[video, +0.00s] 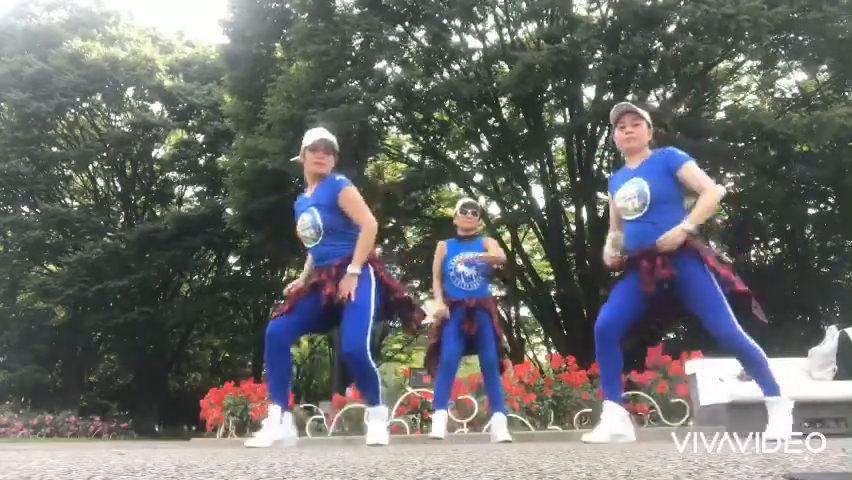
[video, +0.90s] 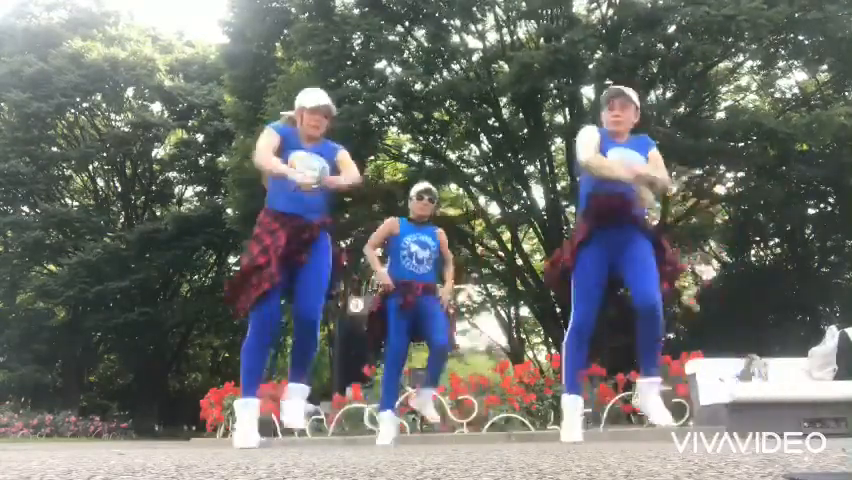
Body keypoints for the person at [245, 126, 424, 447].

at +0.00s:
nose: (321, 156)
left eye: (328, 152)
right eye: (315, 150)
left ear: (334, 159)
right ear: (302, 156)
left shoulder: (337, 186)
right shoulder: (302, 201)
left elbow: (369, 224)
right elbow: (315, 249)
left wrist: (354, 271)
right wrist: (303, 280)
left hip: (357, 276)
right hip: (323, 283)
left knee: (354, 348)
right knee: (277, 332)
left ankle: (377, 414)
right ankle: (280, 418)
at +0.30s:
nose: (324, 125)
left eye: (330, 119)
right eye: (317, 120)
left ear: (338, 122)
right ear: (306, 124)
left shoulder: (349, 144)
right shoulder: (301, 161)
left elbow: (375, 179)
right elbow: (304, 209)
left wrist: (366, 225)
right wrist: (309, 242)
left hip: (360, 236)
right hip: (324, 242)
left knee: (365, 318)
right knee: (318, 317)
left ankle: (376, 404)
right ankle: (325, 406)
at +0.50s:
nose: (316, 151)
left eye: (323, 146)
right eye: (310, 144)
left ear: (330, 153)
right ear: (297, 150)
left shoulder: (336, 176)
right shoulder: (298, 196)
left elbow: (378, 197)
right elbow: (306, 238)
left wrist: (356, 237)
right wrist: (305, 254)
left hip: (367, 261)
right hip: (335, 271)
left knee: (367, 336)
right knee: (306, 317)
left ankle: (387, 418)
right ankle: (320, 407)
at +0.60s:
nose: (310, 153)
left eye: (317, 148)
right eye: (304, 147)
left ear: (324, 154)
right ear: (292, 153)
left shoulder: (332, 179)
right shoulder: (293, 197)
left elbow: (378, 198)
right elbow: (309, 243)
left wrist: (364, 229)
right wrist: (289, 257)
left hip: (355, 266)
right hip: (321, 274)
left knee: (355, 345)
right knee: (288, 329)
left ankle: (387, 417)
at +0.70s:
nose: (310, 147)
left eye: (317, 144)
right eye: (305, 140)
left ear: (322, 151)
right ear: (290, 146)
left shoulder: (329, 179)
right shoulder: (285, 193)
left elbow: (365, 215)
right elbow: (299, 246)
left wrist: (365, 242)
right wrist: (276, 266)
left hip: (338, 267)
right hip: (304, 276)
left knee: (343, 346)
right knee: (268, 329)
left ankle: (388, 417)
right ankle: (260, 417)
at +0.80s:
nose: (316, 125)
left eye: (322, 121)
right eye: (310, 118)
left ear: (328, 127)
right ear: (296, 121)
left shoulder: (336, 159)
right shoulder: (274, 157)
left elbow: (359, 201)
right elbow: (259, 201)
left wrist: (339, 197)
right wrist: (251, 205)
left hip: (322, 244)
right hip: (282, 245)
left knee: (332, 327)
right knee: (266, 327)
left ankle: (354, 403)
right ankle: (259, 415)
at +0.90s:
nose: (319, 121)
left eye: (325, 115)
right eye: (313, 113)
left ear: (330, 119)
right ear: (298, 114)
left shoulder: (335, 150)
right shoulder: (278, 132)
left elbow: (355, 178)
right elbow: (262, 157)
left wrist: (327, 180)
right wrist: (290, 171)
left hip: (316, 236)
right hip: (275, 232)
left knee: (308, 314)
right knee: (265, 316)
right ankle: (247, 406)